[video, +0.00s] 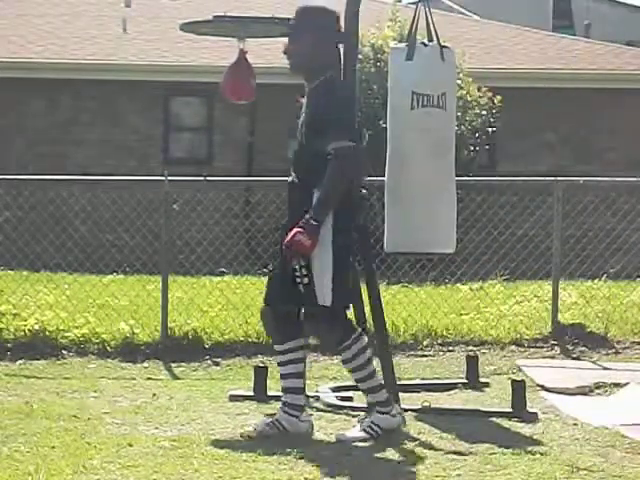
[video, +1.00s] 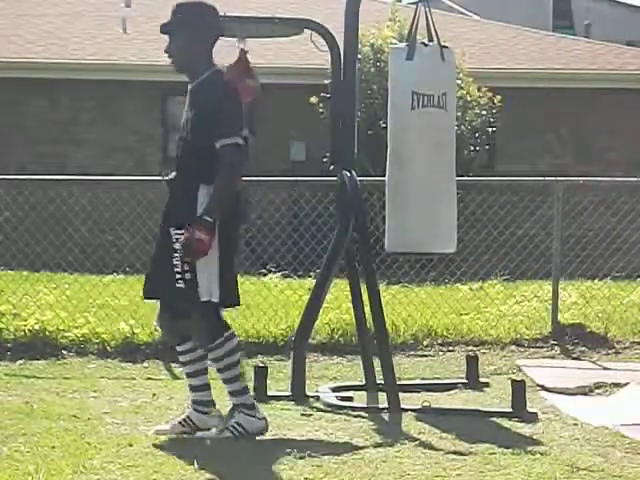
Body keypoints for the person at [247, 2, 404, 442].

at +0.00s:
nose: (286, 45)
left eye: (296, 36)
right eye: (289, 36)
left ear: (324, 43)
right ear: (313, 44)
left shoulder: (334, 93)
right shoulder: (316, 94)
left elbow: (345, 163)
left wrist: (312, 224)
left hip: (331, 220)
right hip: (305, 218)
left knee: (327, 321)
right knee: (279, 313)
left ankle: (385, 411)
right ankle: (293, 416)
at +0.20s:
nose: (250, 53)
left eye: (257, 44)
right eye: (252, 45)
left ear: (278, 50)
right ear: (281, 51)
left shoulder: (292, 97)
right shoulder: (280, 95)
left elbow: (309, 170)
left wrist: (294, 233)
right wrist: (246, 58)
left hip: (286, 218)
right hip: (276, 216)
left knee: (242, 307)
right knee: (255, 309)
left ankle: (311, 371)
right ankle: (294, 409)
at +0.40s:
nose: (225, 44)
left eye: (232, 35)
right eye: (226, 35)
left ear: (255, 39)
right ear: (256, 39)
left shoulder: (272, 91)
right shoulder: (260, 89)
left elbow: (288, 164)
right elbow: (230, 92)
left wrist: (276, 227)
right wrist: (236, 61)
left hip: (256, 211)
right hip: (258, 208)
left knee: (228, 309)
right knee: (265, 310)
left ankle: (249, 412)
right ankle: (291, 409)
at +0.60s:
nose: (199, 46)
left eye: (206, 37)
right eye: (200, 37)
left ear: (232, 39)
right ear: (226, 40)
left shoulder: (250, 89)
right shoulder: (235, 88)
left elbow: (267, 165)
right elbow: (237, 162)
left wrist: (251, 227)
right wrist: (215, 210)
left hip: (235, 218)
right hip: (220, 216)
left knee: (216, 311)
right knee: (205, 311)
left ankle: (253, 411)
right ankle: (262, 389)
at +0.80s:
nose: (183, 45)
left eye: (190, 36)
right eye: (184, 36)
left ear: (213, 40)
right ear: (211, 41)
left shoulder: (230, 87)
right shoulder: (216, 86)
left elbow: (246, 158)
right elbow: (227, 153)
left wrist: (227, 221)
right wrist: (198, 173)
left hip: (223, 215)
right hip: (200, 213)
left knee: (222, 315)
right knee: (168, 298)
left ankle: (250, 414)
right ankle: (216, 385)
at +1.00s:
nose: (166, 46)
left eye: (173, 37)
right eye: (167, 37)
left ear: (199, 39)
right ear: (194, 39)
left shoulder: (214, 87)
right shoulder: (202, 87)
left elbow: (232, 161)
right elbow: (209, 159)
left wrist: (209, 222)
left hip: (204, 216)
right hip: (184, 215)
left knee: (206, 317)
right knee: (175, 320)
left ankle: (247, 413)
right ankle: (202, 413)